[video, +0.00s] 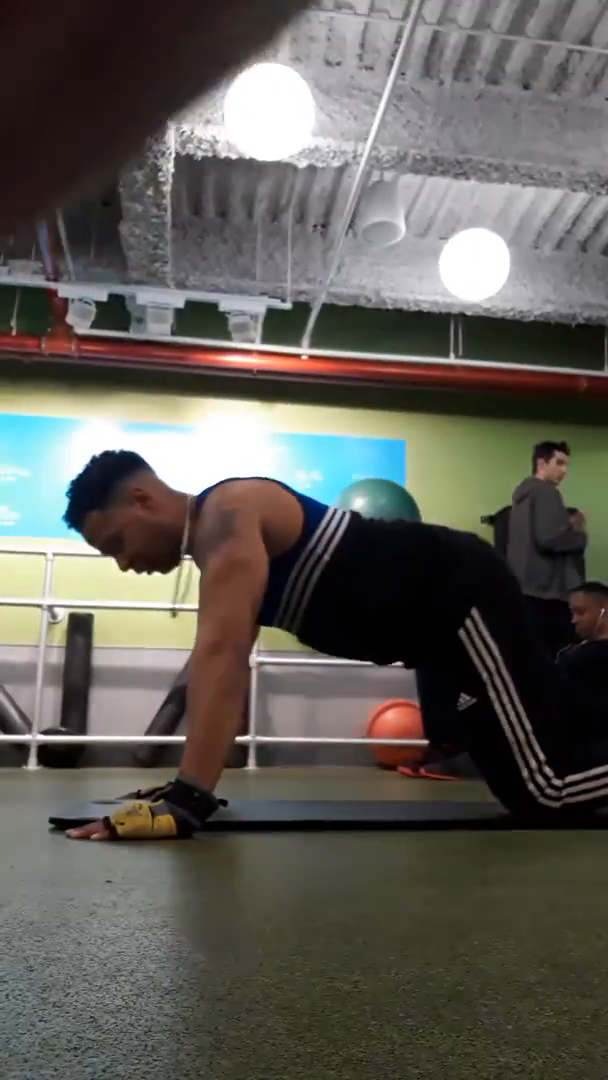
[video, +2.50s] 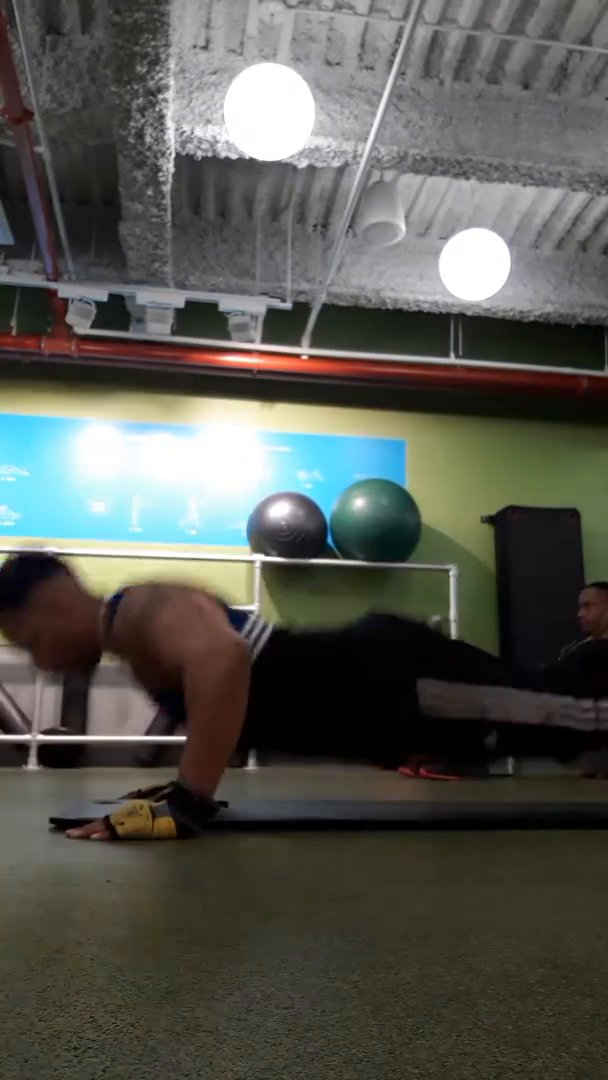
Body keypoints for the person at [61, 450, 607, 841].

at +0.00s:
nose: (124, 563)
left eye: (115, 544)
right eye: (110, 554)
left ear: (146, 499)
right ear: (149, 501)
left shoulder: (229, 513)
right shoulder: (221, 526)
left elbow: (223, 656)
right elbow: (223, 660)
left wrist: (189, 796)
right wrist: (191, 790)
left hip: (459, 596)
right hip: (436, 616)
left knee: (542, 789)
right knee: (464, 753)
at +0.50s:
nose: (86, 576)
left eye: (75, 558)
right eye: (72, 568)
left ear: (103, 511)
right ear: (106, 513)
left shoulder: (199, 516)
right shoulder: (191, 536)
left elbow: (218, 660)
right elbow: (217, 666)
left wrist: (189, 796)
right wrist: (188, 793)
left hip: (431, 595)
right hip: (419, 619)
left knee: (582, 722)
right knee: (544, 741)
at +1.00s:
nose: (63, 594)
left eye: (53, 575)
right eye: (48, 583)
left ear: (78, 534)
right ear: (83, 532)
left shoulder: (174, 543)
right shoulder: (165, 565)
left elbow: (217, 652)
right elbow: (219, 673)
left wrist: (187, 798)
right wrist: (186, 798)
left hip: (421, 642)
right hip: (410, 658)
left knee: (590, 697)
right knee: (568, 712)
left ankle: (591, 622)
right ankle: (588, 626)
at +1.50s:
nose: (24, 759)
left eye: (15, 741)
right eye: (12, 752)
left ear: (39, 692)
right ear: (42, 697)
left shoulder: (119, 682)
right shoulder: (128, 714)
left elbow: (220, 662)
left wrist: (190, 796)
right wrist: (160, 806)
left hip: (386, 726)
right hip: (375, 740)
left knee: (584, 731)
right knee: (548, 722)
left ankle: (592, 641)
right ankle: (588, 639)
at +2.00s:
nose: (55, 598)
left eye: (47, 578)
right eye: (42, 586)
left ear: (74, 541)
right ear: (80, 537)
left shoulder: (165, 557)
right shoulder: (158, 570)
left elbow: (214, 664)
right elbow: (215, 678)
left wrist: (185, 799)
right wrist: (192, 796)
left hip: (416, 636)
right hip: (404, 655)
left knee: (589, 696)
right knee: (555, 733)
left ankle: (586, 634)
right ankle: (580, 642)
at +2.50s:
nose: (37, 658)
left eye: (29, 636)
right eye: (25, 647)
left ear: (56, 596)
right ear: (54, 604)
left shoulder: (143, 609)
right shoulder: (137, 636)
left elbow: (223, 661)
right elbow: (224, 695)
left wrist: (190, 799)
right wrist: (177, 793)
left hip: (386, 678)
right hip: (373, 700)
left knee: (579, 713)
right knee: (557, 715)